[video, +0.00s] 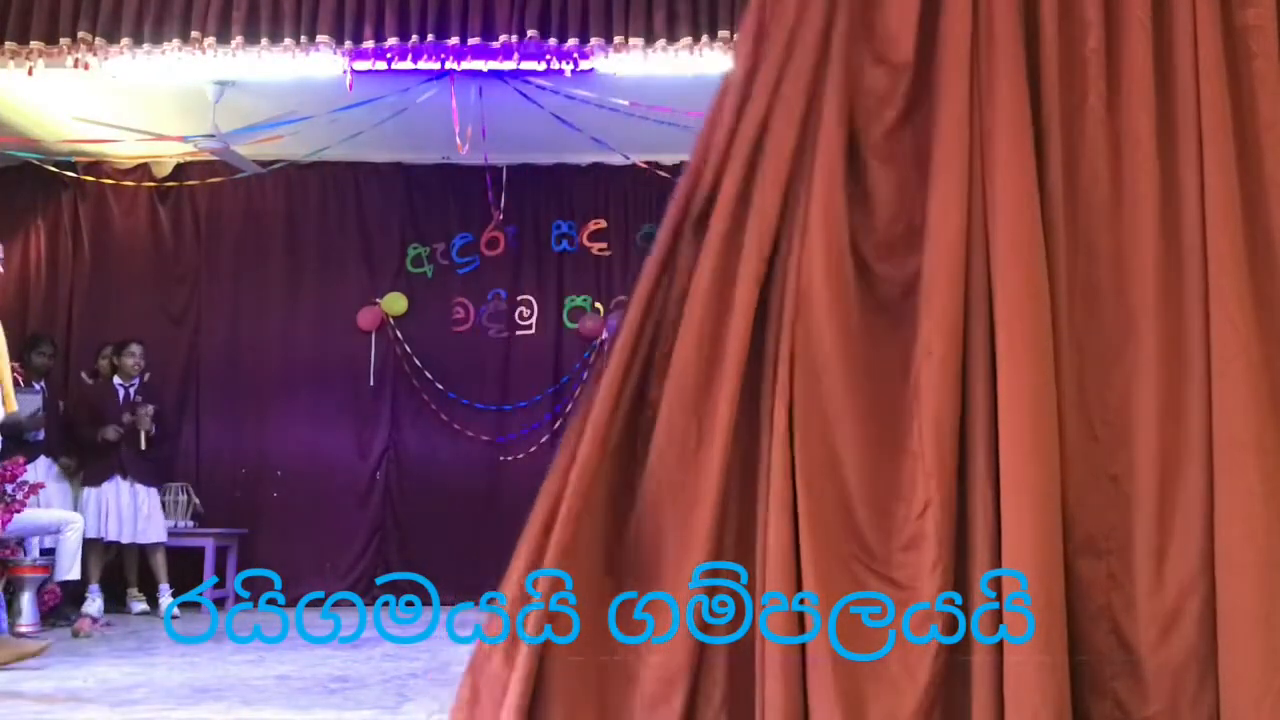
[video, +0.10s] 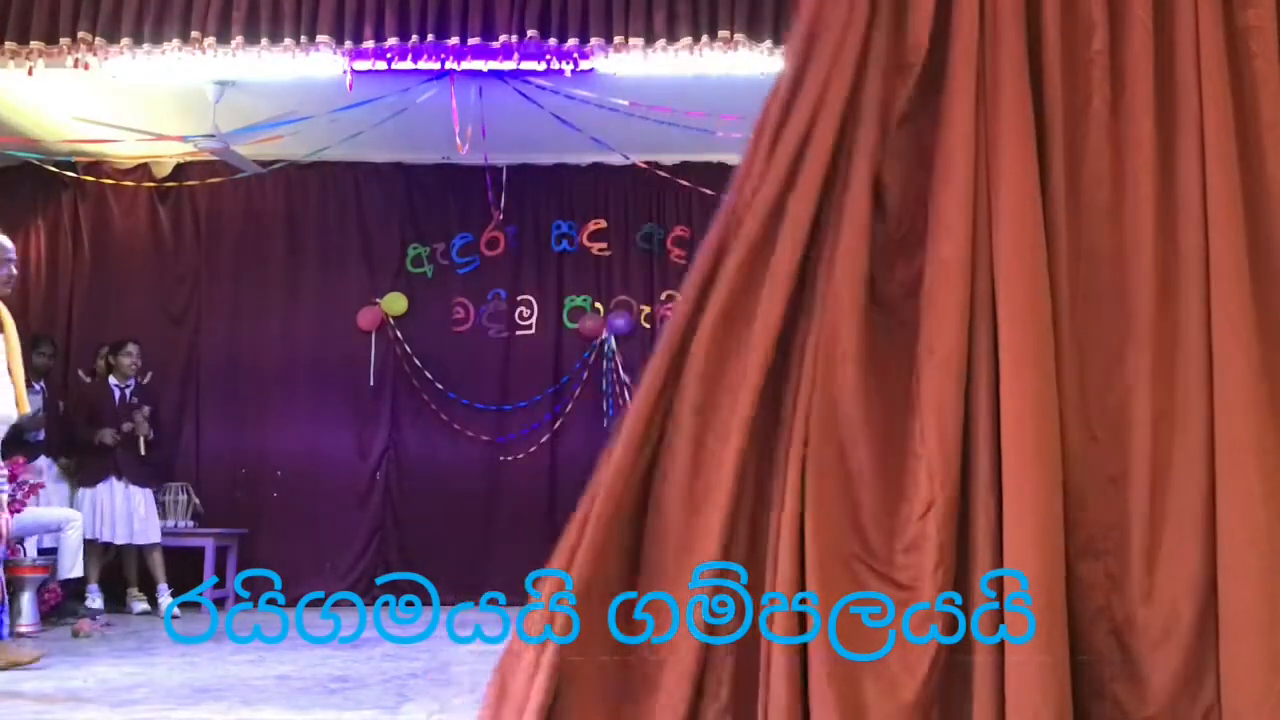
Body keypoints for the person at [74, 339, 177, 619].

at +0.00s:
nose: (137, 361)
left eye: (141, 357)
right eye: (131, 356)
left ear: (145, 363)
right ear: (117, 359)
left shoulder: (152, 394)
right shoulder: (94, 392)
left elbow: (166, 435)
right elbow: (79, 429)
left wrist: (150, 427)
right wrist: (100, 432)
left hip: (141, 474)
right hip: (102, 473)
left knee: (154, 536)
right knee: (96, 536)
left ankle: (165, 595)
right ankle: (93, 596)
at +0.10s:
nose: (134, 361)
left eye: (137, 357)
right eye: (128, 356)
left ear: (140, 363)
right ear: (113, 359)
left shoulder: (144, 395)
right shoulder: (91, 392)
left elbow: (158, 439)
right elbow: (77, 428)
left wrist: (146, 430)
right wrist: (97, 434)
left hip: (136, 475)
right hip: (98, 474)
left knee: (150, 537)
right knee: (95, 536)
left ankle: (163, 594)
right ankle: (93, 592)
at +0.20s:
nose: (132, 360)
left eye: (134, 356)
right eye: (125, 355)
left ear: (136, 362)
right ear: (109, 359)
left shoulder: (140, 395)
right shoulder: (90, 392)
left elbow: (155, 436)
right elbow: (75, 430)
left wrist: (146, 430)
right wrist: (96, 433)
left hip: (133, 473)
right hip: (97, 473)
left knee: (147, 534)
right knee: (95, 535)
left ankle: (160, 593)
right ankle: (92, 591)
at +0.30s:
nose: (129, 360)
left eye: (132, 356)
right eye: (123, 354)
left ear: (133, 361)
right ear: (106, 359)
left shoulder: (137, 396)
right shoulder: (85, 391)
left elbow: (152, 437)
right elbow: (66, 430)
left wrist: (147, 430)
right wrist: (92, 431)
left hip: (132, 474)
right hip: (95, 474)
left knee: (144, 534)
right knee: (93, 537)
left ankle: (148, 594)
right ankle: (92, 594)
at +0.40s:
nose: (128, 361)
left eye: (130, 356)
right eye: (122, 355)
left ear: (132, 362)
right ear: (105, 360)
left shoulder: (136, 395)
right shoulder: (84, 390)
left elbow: (149, 436)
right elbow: (70, 429)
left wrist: (143, 429)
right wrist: (98, 429)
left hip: (131, 475)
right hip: (95, 473)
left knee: (136, 536)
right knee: (92, 537)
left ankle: (134, 595)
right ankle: (92, 595)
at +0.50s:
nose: (128, 360)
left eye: (130, 356)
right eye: (121, 355)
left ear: (133, 362)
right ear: (105, 360)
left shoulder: (136, 394)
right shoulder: (86, 389)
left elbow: (151, 437)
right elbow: (76, 428)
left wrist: (142, 428)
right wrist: (106, 431)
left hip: (129, 476)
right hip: (92, 475)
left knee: (130, 536)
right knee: (92, 538)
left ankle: (125, 592)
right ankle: (91, 593)